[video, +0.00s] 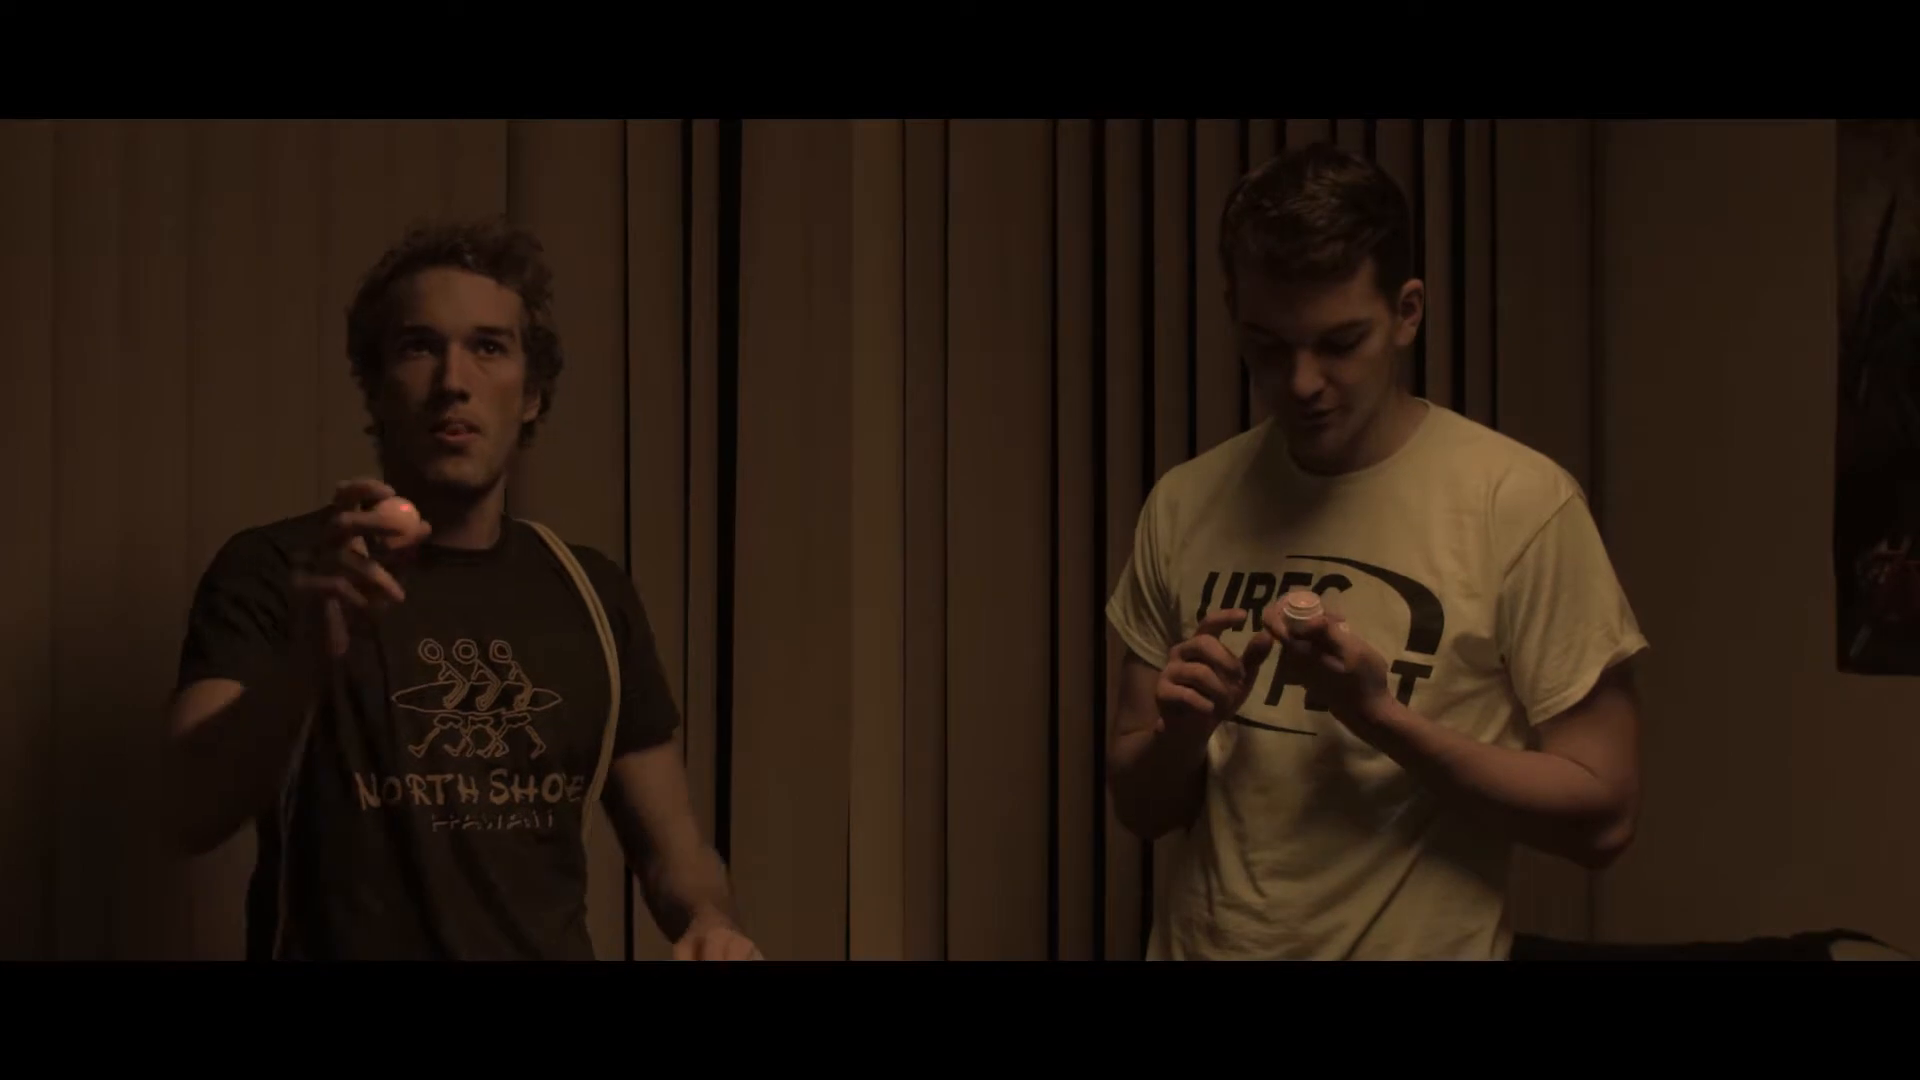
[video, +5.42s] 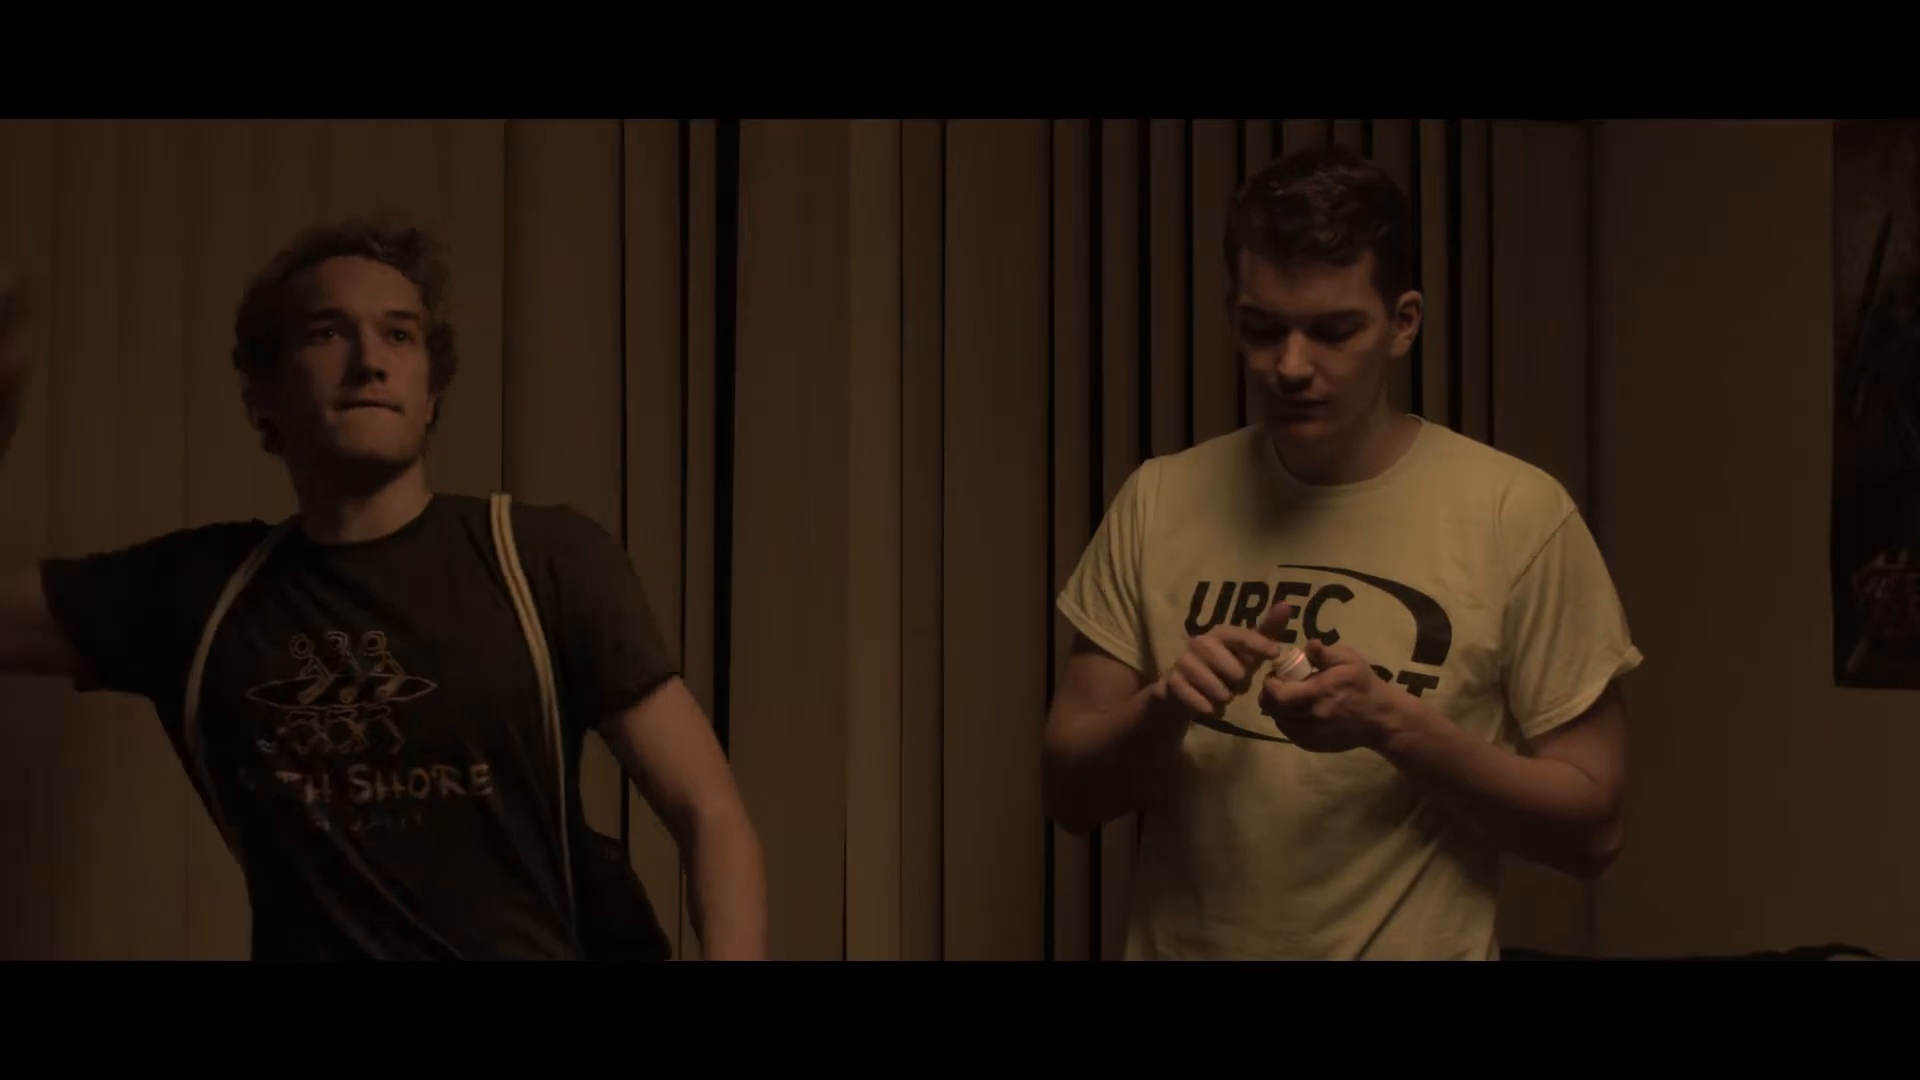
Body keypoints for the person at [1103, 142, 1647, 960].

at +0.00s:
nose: (1304, 385)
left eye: (1341, 343)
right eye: (1270, 347)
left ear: (1408, 312)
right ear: (1239, 325)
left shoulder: (1519, 505)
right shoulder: (1182, 506)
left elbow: (1603, 814)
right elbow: (1140, 811)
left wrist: (1383, 715)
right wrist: (1184, 731)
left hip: (1421, 946)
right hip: (1203, 946)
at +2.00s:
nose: (1287, 320)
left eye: (1330, 283)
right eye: (1260, 280)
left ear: (1400, 292)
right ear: (1231, 283)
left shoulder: (1510, 490)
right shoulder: (1159, 498)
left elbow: (1594, 794)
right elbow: (1092, 798)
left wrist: (1382, 693)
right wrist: (1176, 713)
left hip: (1418, 945)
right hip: (1191, 943)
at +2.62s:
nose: (1220, 308)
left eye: (1267, 273)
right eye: (1213, 272)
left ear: (1362, 290)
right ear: (1197, 275)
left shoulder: (1505, 486)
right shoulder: (1160, 487)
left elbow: (1592, 790)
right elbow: (1064, 785)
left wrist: (1376, 690)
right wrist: (1137, 601)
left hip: (1406, 946)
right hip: (1177, 941)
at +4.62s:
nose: (1246, 342)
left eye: (1286, 307)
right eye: (1227, 309)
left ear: (1379, 311)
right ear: (1210, 316)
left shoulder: (1515, 514)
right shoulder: (1161, 500)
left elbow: (1597, 819)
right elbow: (1048, 776)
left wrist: (1394, 721)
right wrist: (1174, 559)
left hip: (1416, 948)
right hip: (1177, 944)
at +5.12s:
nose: (1281, 358)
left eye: (1319, 320)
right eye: (1251, 323)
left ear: (1394, 315)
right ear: (1224, 322)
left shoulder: (1516, 515)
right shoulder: (1157, 502)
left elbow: (1595, 818)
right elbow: (1067, 800)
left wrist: (1390, 716)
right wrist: (1162, 657)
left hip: (1415, 946)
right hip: (1179, 944)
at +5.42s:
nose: (1291, 368)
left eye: (1332, 331)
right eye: (1262, 330)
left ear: (1404, 323)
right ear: (1235, 319)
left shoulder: (1517, 518)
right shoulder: (1157, 503)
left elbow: (1592, 822)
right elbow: (1069, 793)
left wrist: (1394, 721)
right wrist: (1162, 705)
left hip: (1414, 947)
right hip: (1182, 944)